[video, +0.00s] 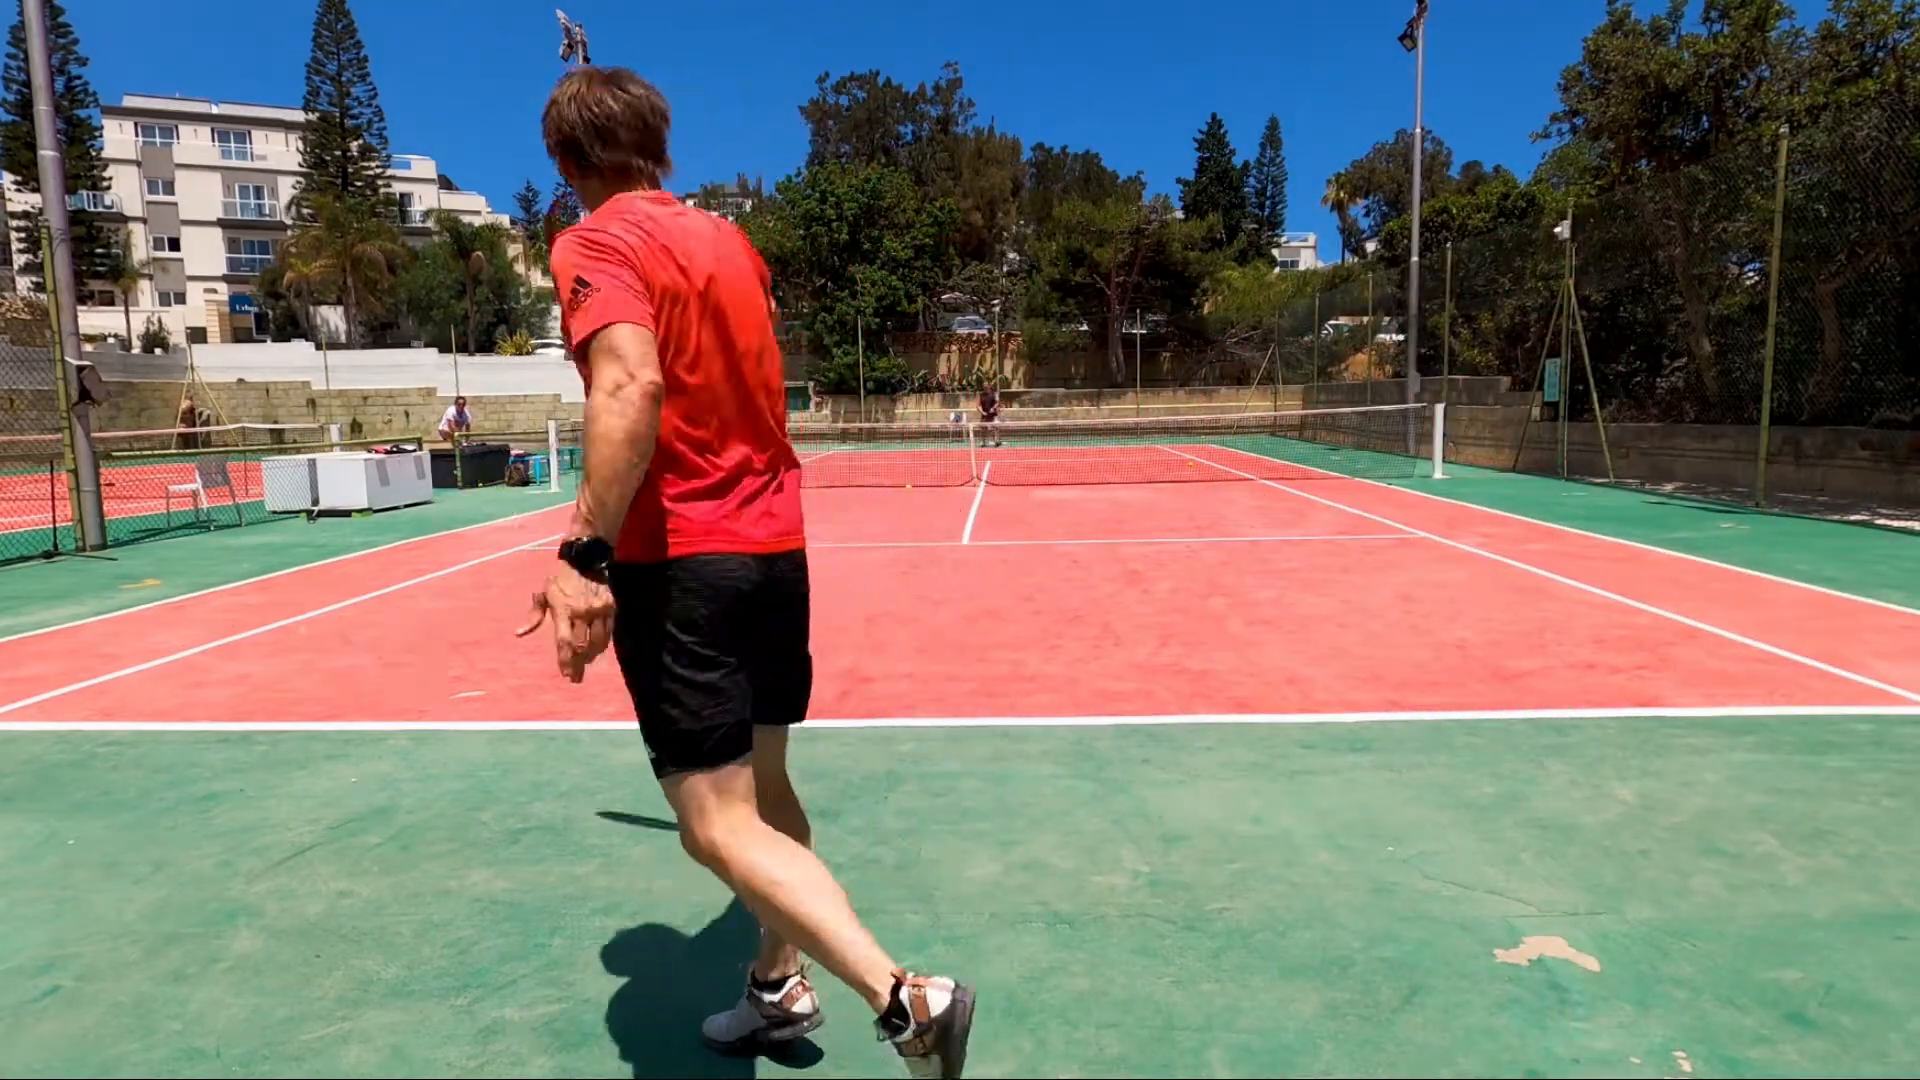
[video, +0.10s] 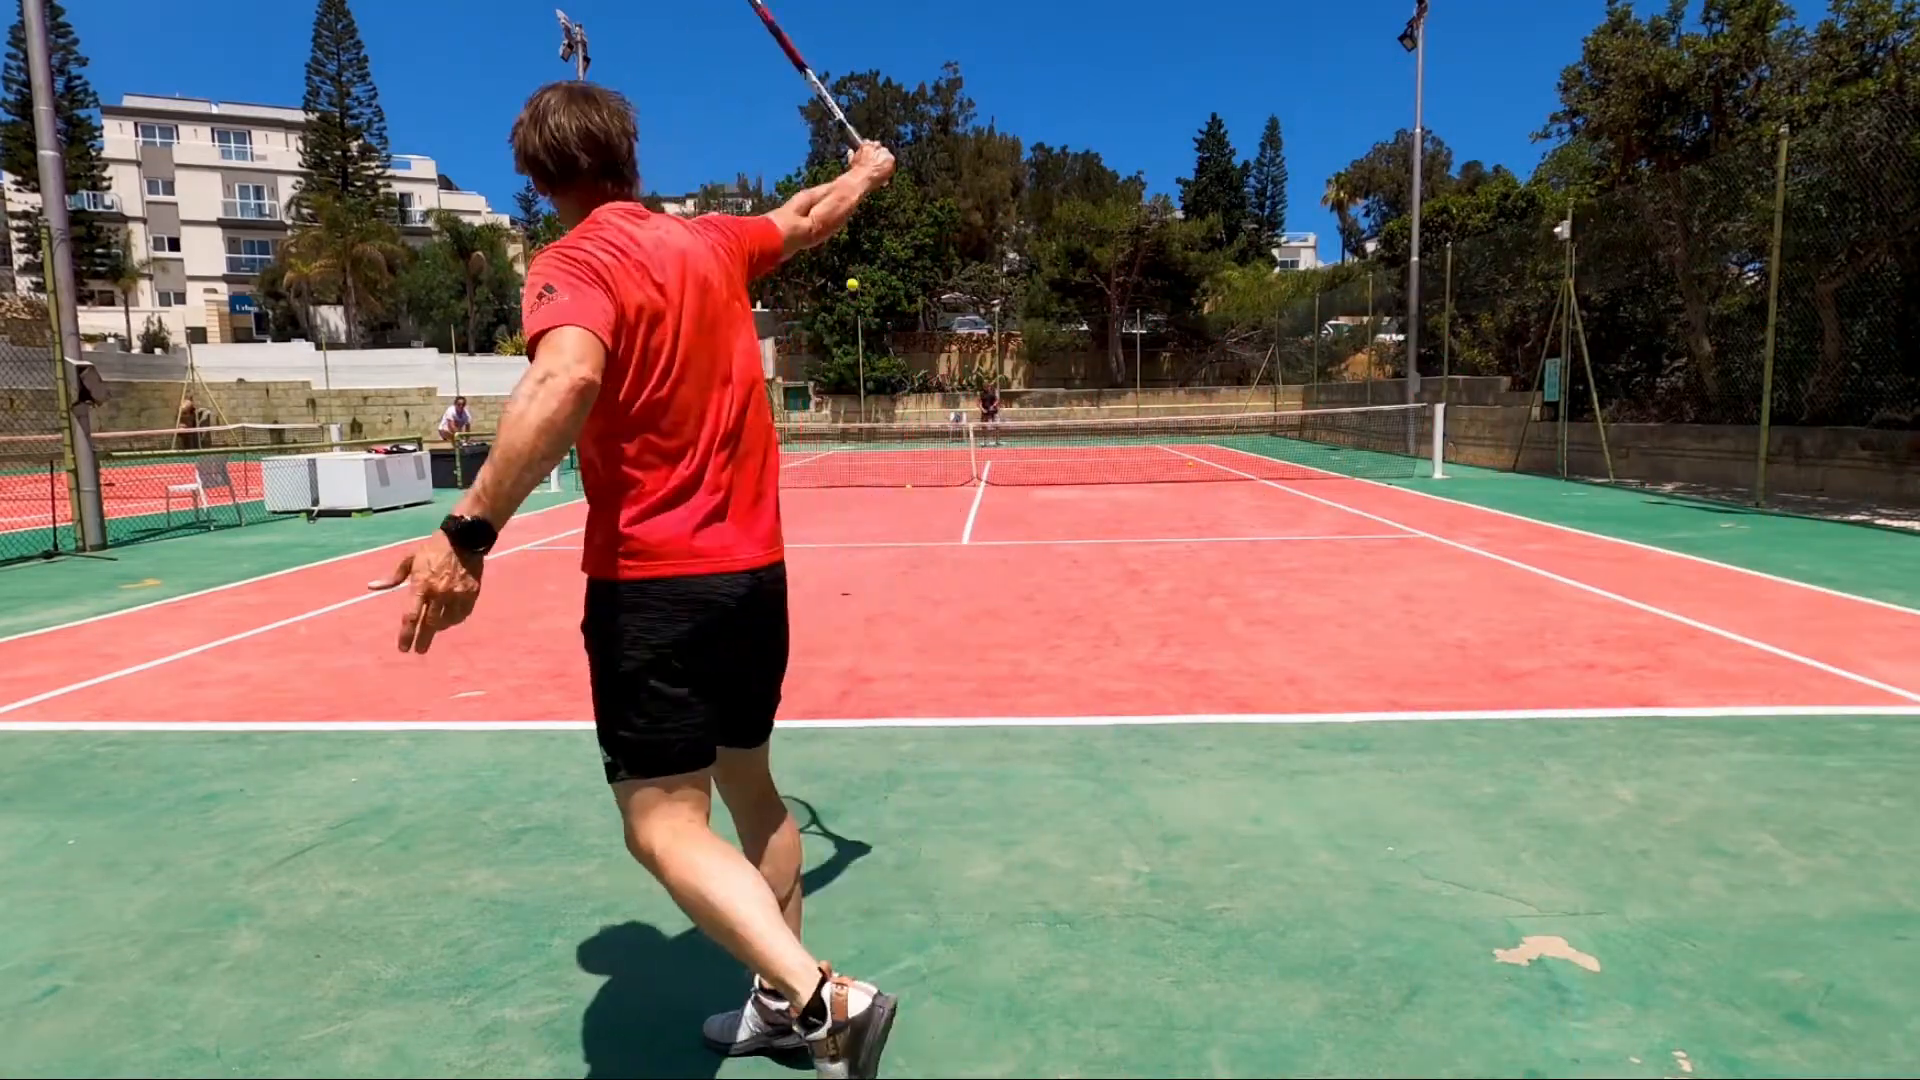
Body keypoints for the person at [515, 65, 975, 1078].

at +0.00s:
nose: (561, 179)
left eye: (558, 165)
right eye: (564, 165)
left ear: (570, 162)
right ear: (658, 148)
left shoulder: (596, 242)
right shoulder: (729, 239)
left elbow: (630, 384)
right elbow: (750, 396)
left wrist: (585, 551)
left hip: (683, 567)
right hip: (776, 558)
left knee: (717, 825)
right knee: (766, 781)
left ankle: (902, 997)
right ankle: (778, 992)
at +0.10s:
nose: (531, 193)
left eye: (529, 180)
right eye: (533, 180)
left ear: (546, 181)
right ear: (628, 163)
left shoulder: (572, 263)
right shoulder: (712, 236)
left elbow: (568, 376)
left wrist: (467, 535)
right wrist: (864, 172)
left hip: (651, 581)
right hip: (752, 572)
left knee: (665, 820)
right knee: (748, 774)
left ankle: (824, 999)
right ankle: (782, 1000)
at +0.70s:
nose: (655, 225)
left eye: (648, 212)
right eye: (652, 213)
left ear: (552, 221)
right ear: (640, 221)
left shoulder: (492, 327)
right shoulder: (678, 326)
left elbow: (441, 482)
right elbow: (735, 479)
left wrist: (510, 555)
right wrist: (737, 574)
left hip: (539, 626)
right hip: (664, 611)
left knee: (512, 839)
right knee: (736, 784)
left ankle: (468, 1067)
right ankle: (731, 1004)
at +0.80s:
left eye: (592, 229)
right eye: (693, 238)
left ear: (596, 240)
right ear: (686, 246)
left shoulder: (538, 347)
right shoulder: (719, 352)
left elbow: (480, 486)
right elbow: (757, 511)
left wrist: (552, 541)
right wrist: (709, 587)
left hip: (563, 640)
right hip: (689, 632)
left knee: (527, 835)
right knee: (747, 808)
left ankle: (465, 1062)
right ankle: (727, 1031)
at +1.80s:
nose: (663, 309)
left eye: (661, 297)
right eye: (661, 298)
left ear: (584, 298)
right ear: (649, 302)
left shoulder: (536, 379)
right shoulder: (666, 385)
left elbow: (494, 488)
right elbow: (705, 505)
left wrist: (559, 503)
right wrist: (677, 537)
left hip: (543, 598)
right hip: (638, 598)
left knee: (534, 714)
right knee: (720, 728)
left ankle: (481, 859)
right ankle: (716, 902)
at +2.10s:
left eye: (553, 309)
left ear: (558, 313)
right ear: (621, 314)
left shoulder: (528, 372)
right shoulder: (665, 387)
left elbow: (473, 477)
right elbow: (679, 497)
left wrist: (506, 500)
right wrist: (600, 489)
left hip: (561, 585)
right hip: (656, 586)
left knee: (514, 714)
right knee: (692, 729)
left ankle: (502, 863)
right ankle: (742, 885)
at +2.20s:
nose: (527, 345)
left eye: (528, 335)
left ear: (535, 335)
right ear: (594, 336)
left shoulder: (531, 389)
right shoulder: (633, 397)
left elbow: (496, 491)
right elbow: (612, 511)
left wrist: (466, 499)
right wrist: (512, 535)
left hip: (573, 595)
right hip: (661, 592)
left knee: (498, 701)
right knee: (696, 746)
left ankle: (522, 862)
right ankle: (748, 900)